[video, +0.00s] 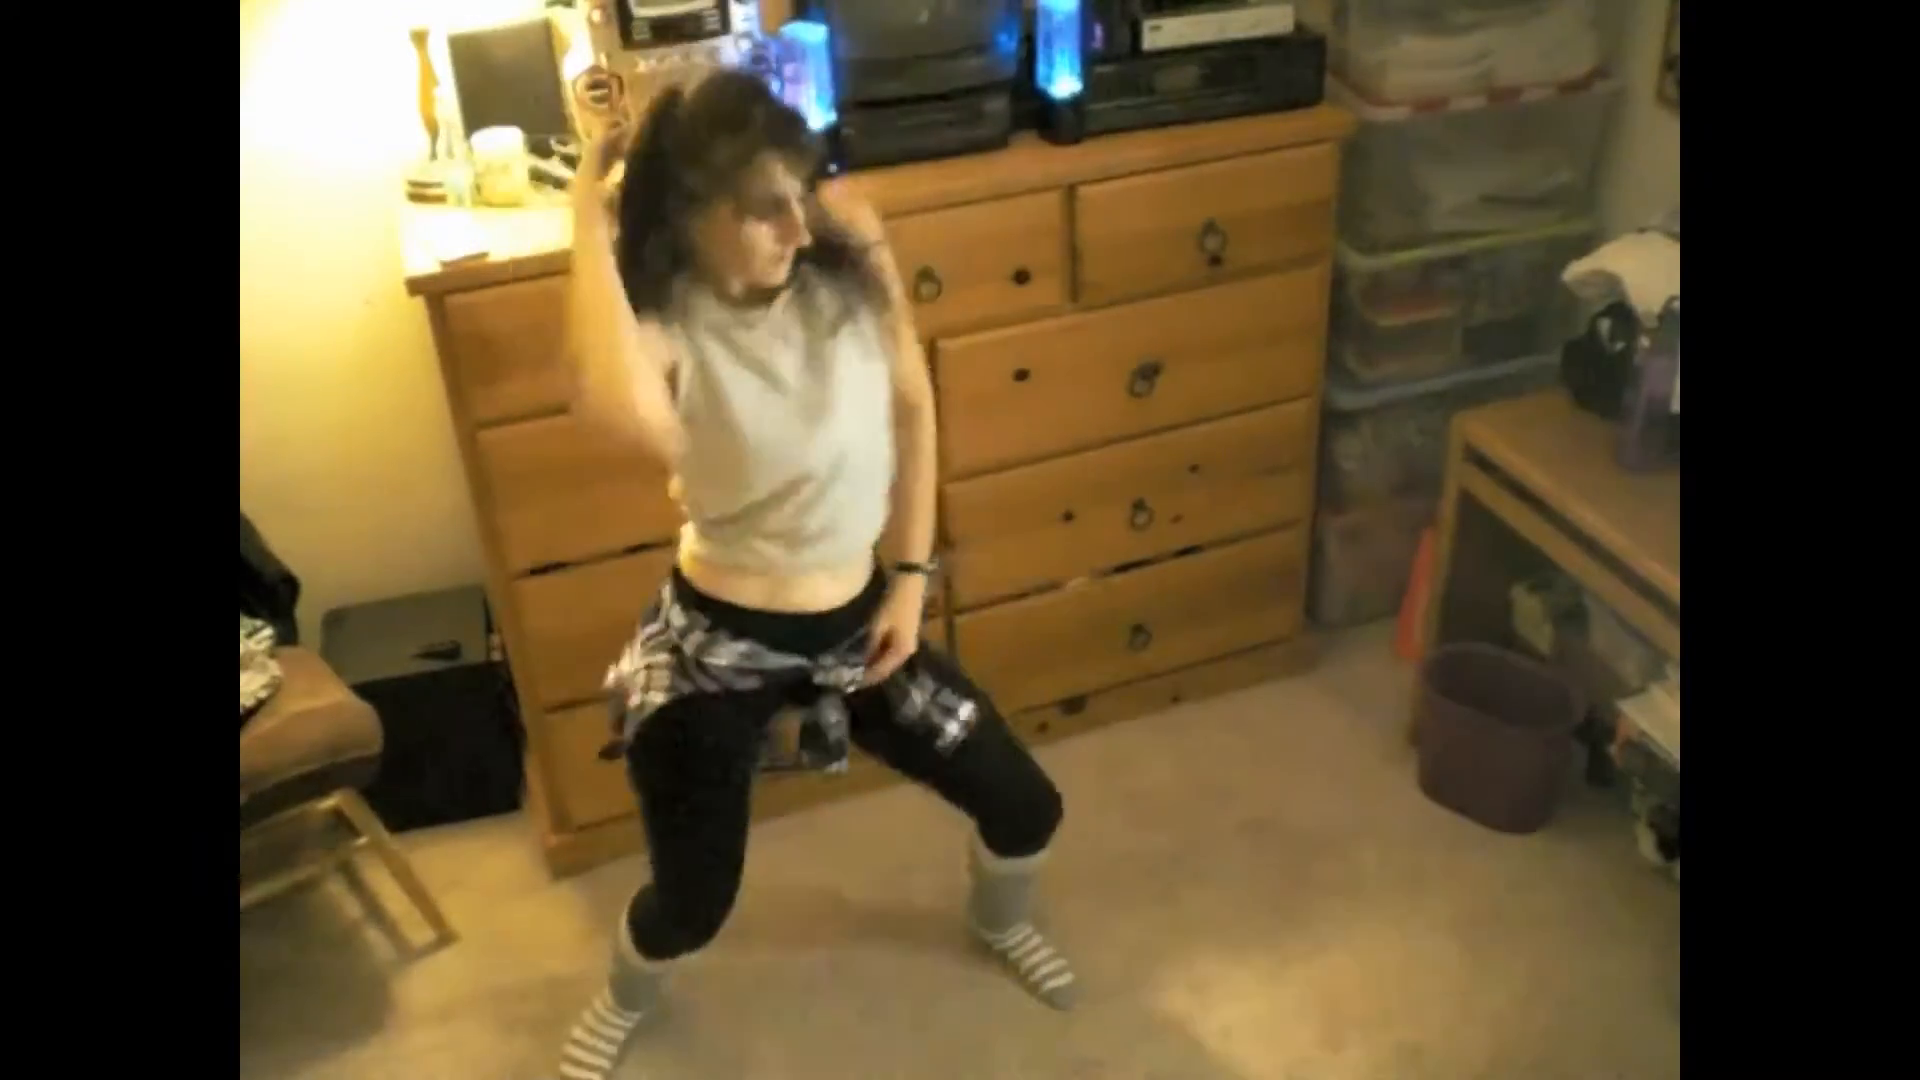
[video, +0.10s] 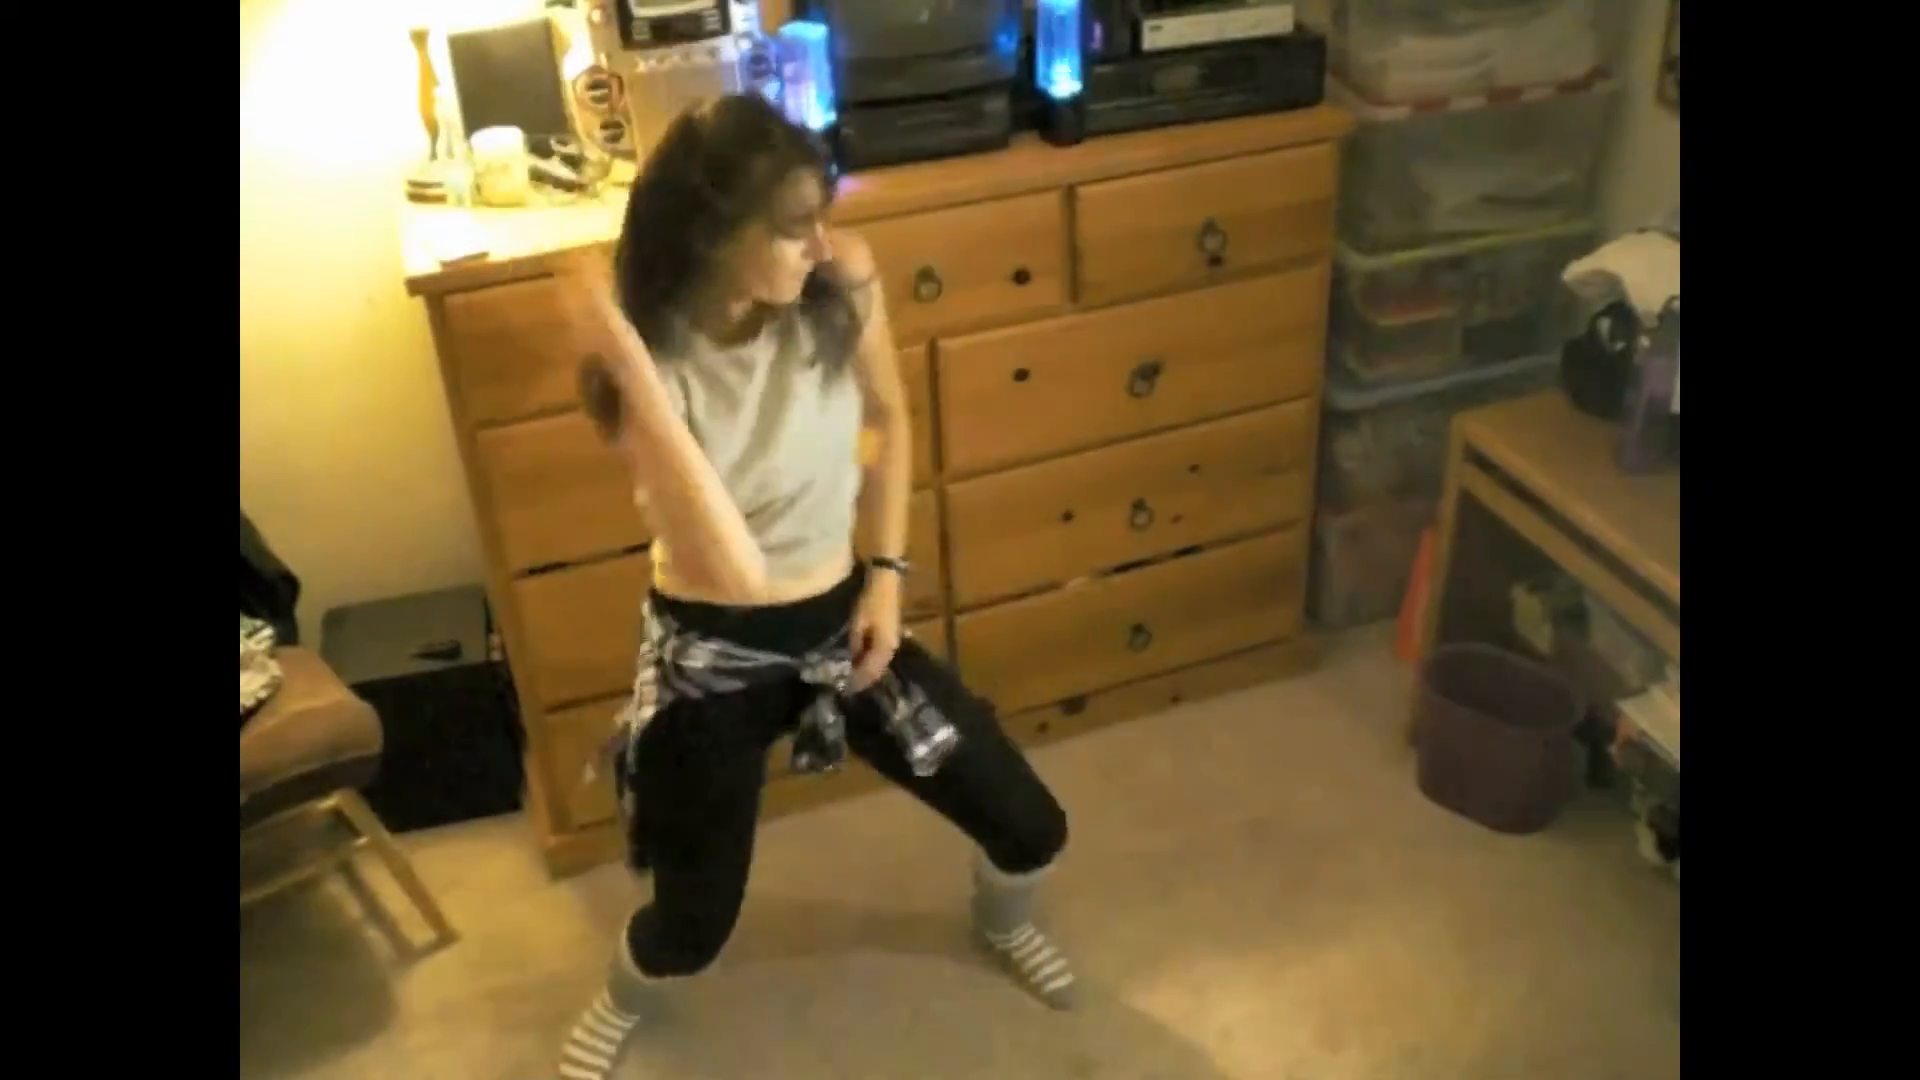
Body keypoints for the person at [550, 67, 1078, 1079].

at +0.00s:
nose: (795, 228)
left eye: (800, 200)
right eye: (761, 211)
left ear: (812, 189)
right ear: (685, 220)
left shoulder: (852, 271)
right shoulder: (662, 325)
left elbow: (914, 406)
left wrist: (910, 574)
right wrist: (594, 240)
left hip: (859, 627)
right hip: (716, 646)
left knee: (1026, 810)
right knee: (693, 903)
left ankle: (1001, 920)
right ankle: (618, 1003)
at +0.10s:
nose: (816, 249)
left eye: (816, 225)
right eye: (791, 231)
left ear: (821, 221)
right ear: (713, 234)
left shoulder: (838, 288)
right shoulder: (645, 359)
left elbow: (889, 420)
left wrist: (884, 573)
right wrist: (630, 357)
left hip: (844, 623)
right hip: (713, 655)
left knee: (1030, 829)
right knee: (691, 924)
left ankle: (1003, 921)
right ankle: (618, 1008)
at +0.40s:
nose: (847, 257)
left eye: (848, 232)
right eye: (827, 236)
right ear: (753, 235)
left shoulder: (793, 315)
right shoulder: (647, 356)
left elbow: (807, 444)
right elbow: (667, 563)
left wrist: (864, 515)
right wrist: (786, 712)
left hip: (842, 592)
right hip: (725, 655)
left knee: (1018, 790)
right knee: (716, 937)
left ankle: (1014, 916)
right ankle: (621, 1003)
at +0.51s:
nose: (838, 247)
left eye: (838, 220)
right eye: (816, 225)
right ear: (745, 226)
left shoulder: (784, 315)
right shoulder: (661, 344)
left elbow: (827, 443)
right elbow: (652, 547)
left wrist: (867, 529)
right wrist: (720, 710)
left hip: (830, 592)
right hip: (720, 659)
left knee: (994, 777)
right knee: (719, 937)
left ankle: (1009, 918)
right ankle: (625, 994)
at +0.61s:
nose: (823, 226)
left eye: (821, 199)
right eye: (801, 206)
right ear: (732, 214)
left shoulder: (783, 311)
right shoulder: (652, 327)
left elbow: (869, 446)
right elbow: (585, 523)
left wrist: (860, 556)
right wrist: (666, 683)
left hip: (811, 590)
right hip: (706, 658)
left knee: (971, 777)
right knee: (700, 941)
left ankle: (1009, 920)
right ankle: (620, 993)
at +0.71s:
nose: (796, 194)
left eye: (793, 167)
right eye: (773, 170)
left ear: (774, 171)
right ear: (700, 179)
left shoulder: (788, 279)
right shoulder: (615, 316)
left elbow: (850, 448)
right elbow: (493, 491)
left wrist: (856, 581)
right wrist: (600, 656)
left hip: (790, 597)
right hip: (666, 646)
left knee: (968, 774)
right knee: (672, 911)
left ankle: (1006, 919)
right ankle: (620, 1006)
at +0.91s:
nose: (600, 182)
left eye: (626, 152)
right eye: (586, 156)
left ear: (708, 148)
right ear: (573, 166)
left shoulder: (820, 270)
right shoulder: (579, 298)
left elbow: (847, 454)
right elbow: (512, 450)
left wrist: (819, 620)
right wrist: (550, 619)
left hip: (785, 621)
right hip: (640, 635)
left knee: (946, 782)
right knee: (654, 865)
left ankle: (1007, 920)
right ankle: (617, 1004)